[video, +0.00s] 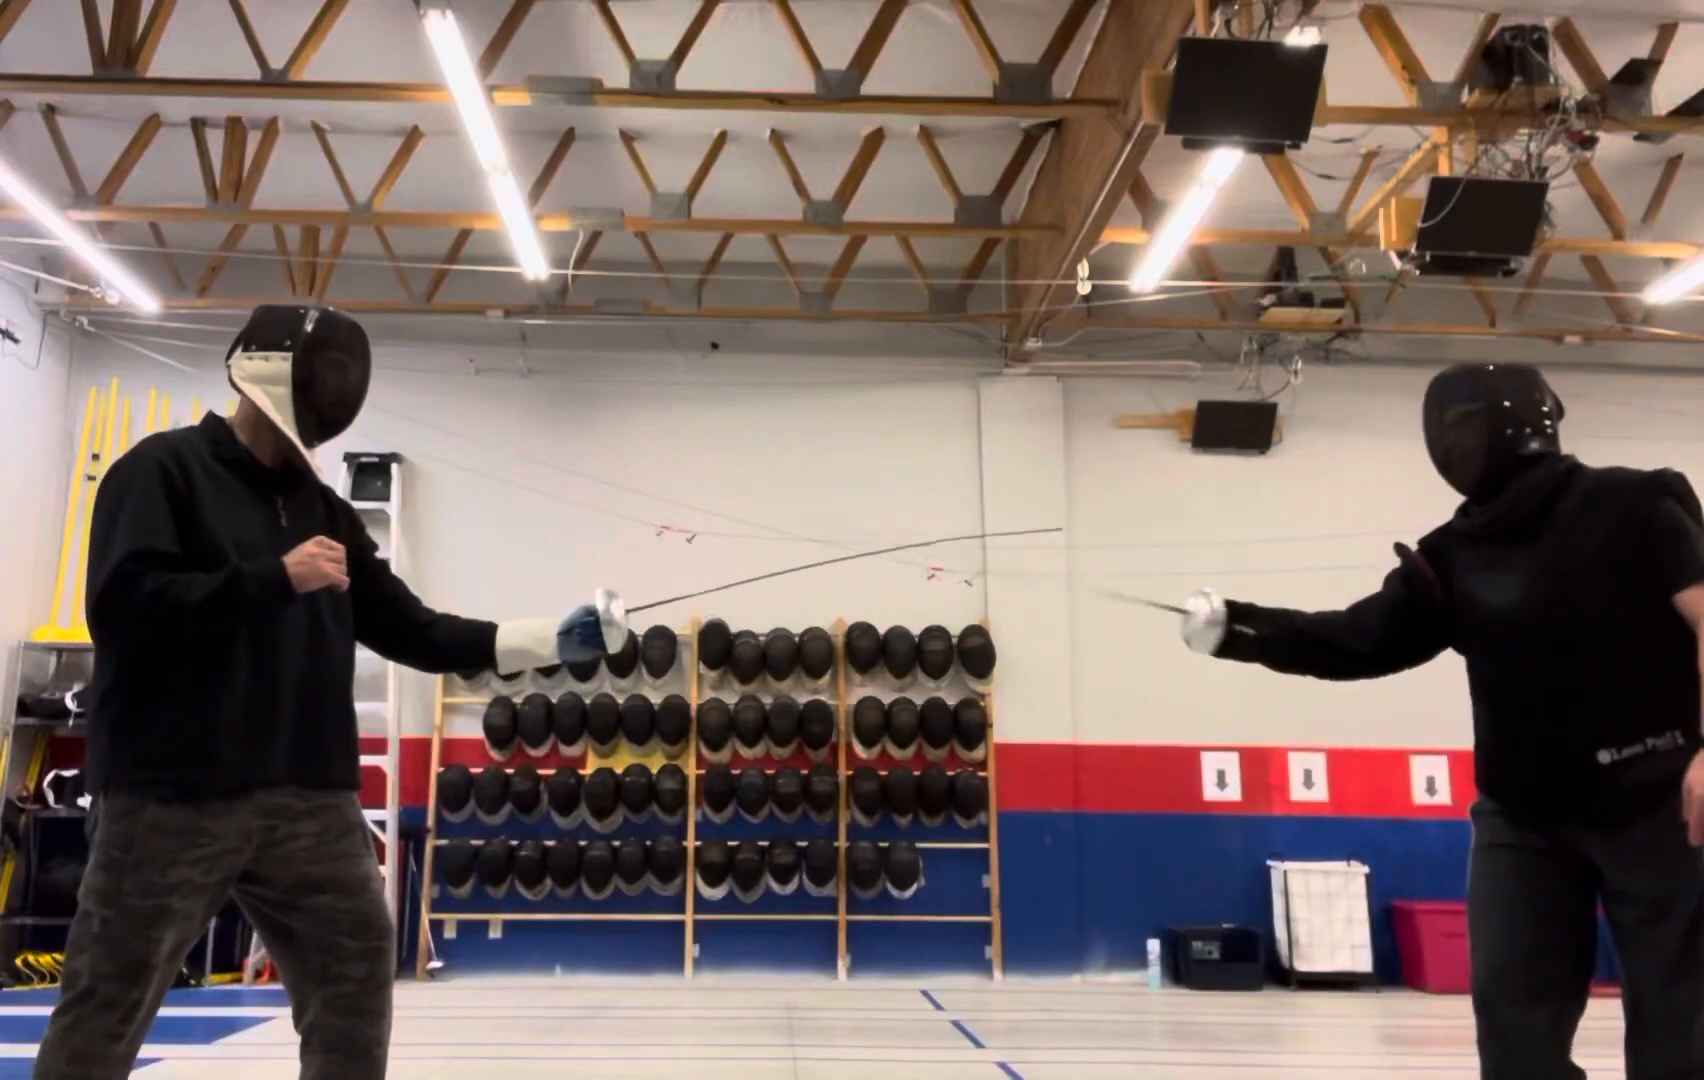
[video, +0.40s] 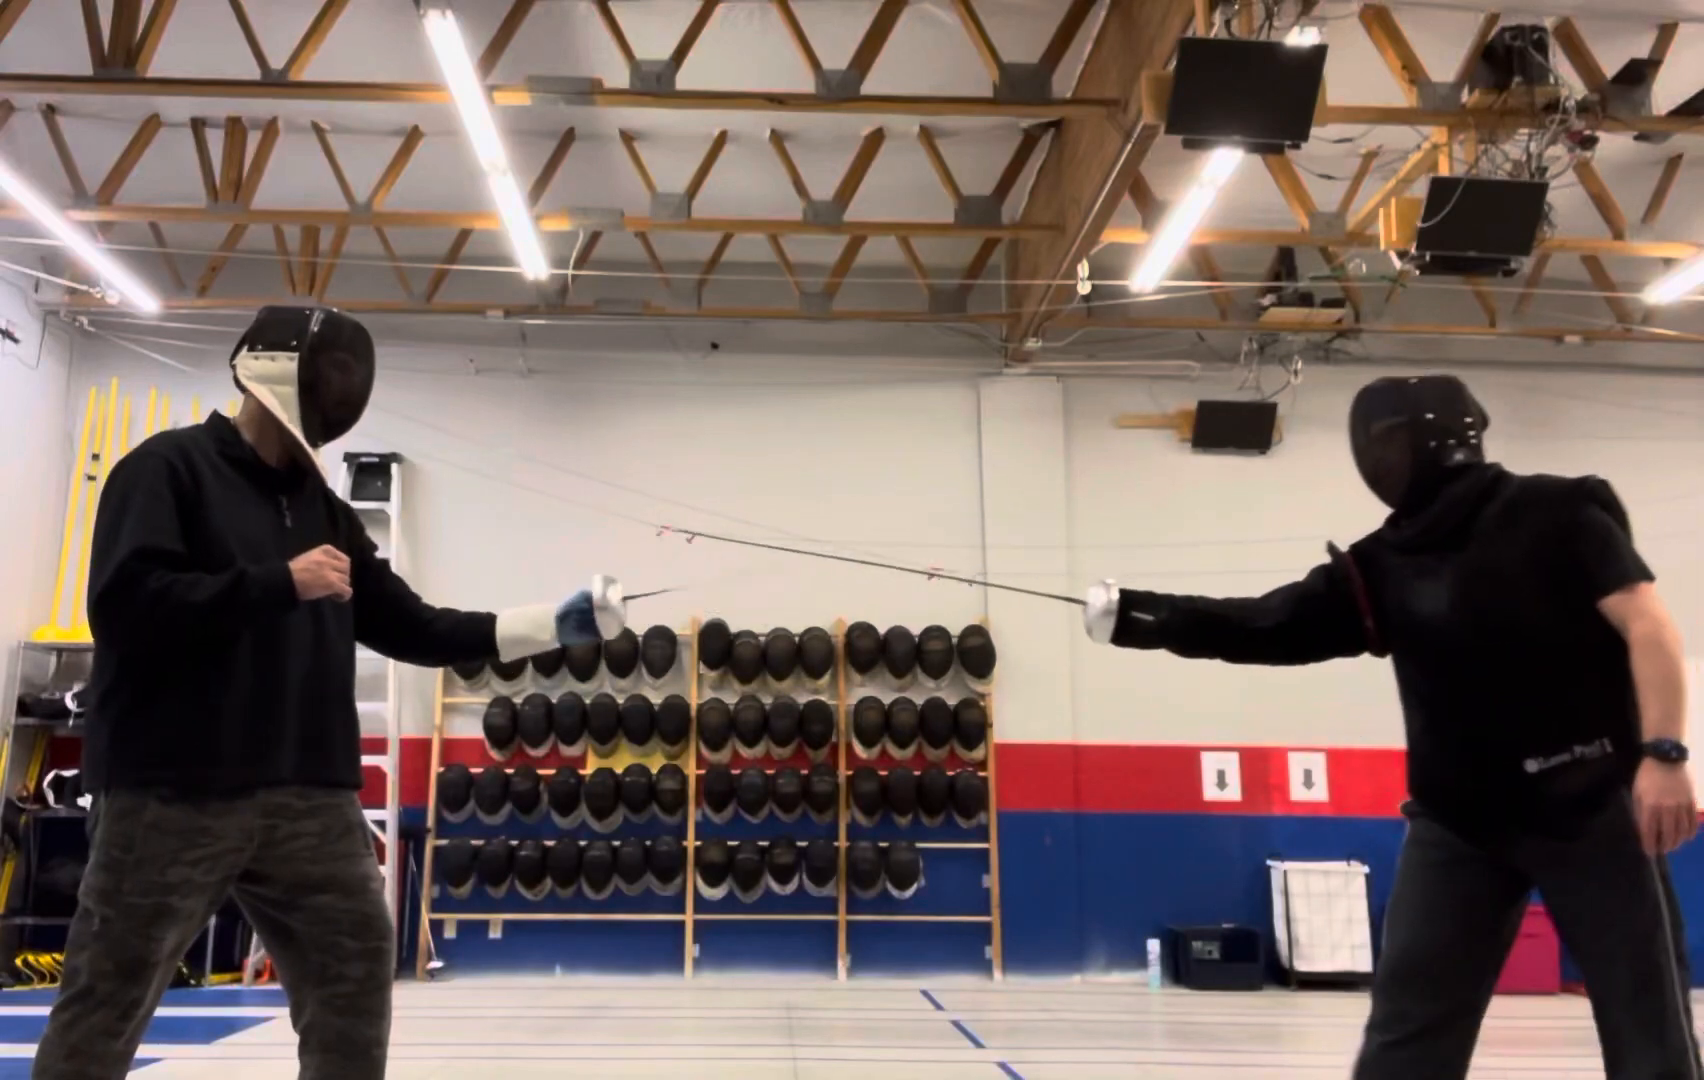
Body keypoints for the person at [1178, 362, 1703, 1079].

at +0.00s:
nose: (1445, 451)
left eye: (1456, 430)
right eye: (1439, 435)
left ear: (1500, 424)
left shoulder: (1643, 508)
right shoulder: (1452, 560)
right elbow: (1360, 638)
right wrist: (1239, 630)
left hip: (1659, 813)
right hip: (1523, 825)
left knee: (1674, 1048)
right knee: (1517, 1049)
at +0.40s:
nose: (1371, 469)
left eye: (1377, 449)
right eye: (1368, 454)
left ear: (1421, 441)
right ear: (1447, 438)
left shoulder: (1563, 513)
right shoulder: (1384, 566)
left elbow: (1649, 626)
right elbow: (1269, 622)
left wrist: (1666, 752)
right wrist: (1139, 617)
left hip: (1592, 814)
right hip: (1458, 830)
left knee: (1650, 1041)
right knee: (1405, 1045)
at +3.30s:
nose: (1137, 450)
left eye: (1144, 430)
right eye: (1136, 433)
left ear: (1184, 429)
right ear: (1214, 430)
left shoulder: (1316, 495)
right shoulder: (1157, 557)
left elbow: (1403, 605)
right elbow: (1041, 601)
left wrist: (1362, 712)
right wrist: (910, 586)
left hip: (1387, 790)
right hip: (1263, 815)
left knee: (1486, 993)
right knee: (1262, 1044)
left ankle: (1545, 1079)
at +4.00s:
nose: (1276, 463)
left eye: (1288, 443)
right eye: (1273, 448)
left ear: (1334, 441)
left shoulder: (1447, 525)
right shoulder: (1290, 571)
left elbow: (1525, 646)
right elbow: (1272, 701)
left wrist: (1471, 762)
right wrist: (1180, 768)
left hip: (1471, 814)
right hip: (1343, 824)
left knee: (1572, 1027)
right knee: (1286, 1043)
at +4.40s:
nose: (1423, 452)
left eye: (1436, 431)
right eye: (1420, 438)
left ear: (1487, 424)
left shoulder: (1613, 510)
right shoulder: (1440, 558)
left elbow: (1682, 626)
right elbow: (1378, 671)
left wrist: (1682, 762)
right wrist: (1257, 661)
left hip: (1621, 803)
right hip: (1495, 815)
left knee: (1657, 1026)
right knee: (1466, 999)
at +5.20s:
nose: (1356, 468)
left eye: (1365, 448)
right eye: (1353, 454)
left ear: (1410, 441)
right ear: (1426, 440)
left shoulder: (1546, 518)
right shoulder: (1370, 570)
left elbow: (1628, 633)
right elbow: (1257, 626)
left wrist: (1638, 762)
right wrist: (1131, 618)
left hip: (1575, 817)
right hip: (1445, 834)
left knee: (1641, 1043)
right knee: (1388, 1039)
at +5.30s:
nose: (1308, 469)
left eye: (1319, 448)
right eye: (1305, 454)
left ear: (1367, 442)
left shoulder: (1494, 521)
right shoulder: (1323, 577)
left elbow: (1576, 638)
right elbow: (1211, 635)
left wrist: (1598, 768)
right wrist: (1080, 626)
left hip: (1525, 823)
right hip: (1396, 838)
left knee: (1611, 1043)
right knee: (1350, 1050)